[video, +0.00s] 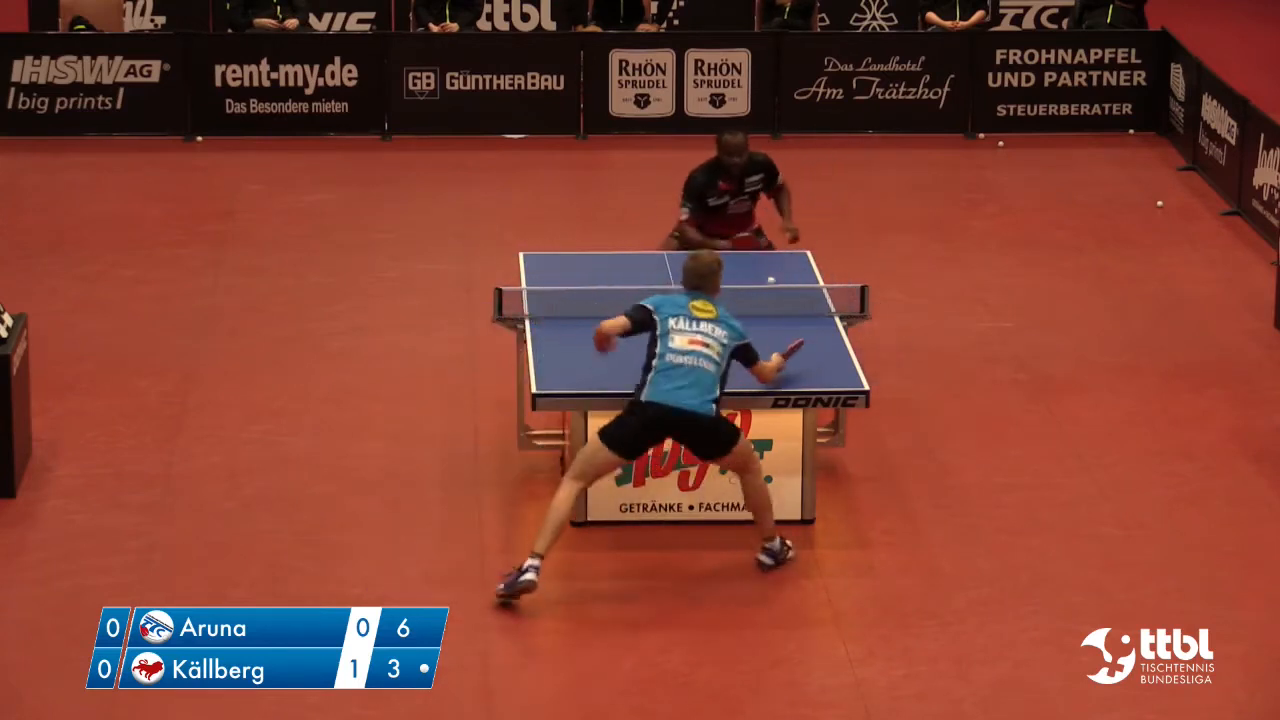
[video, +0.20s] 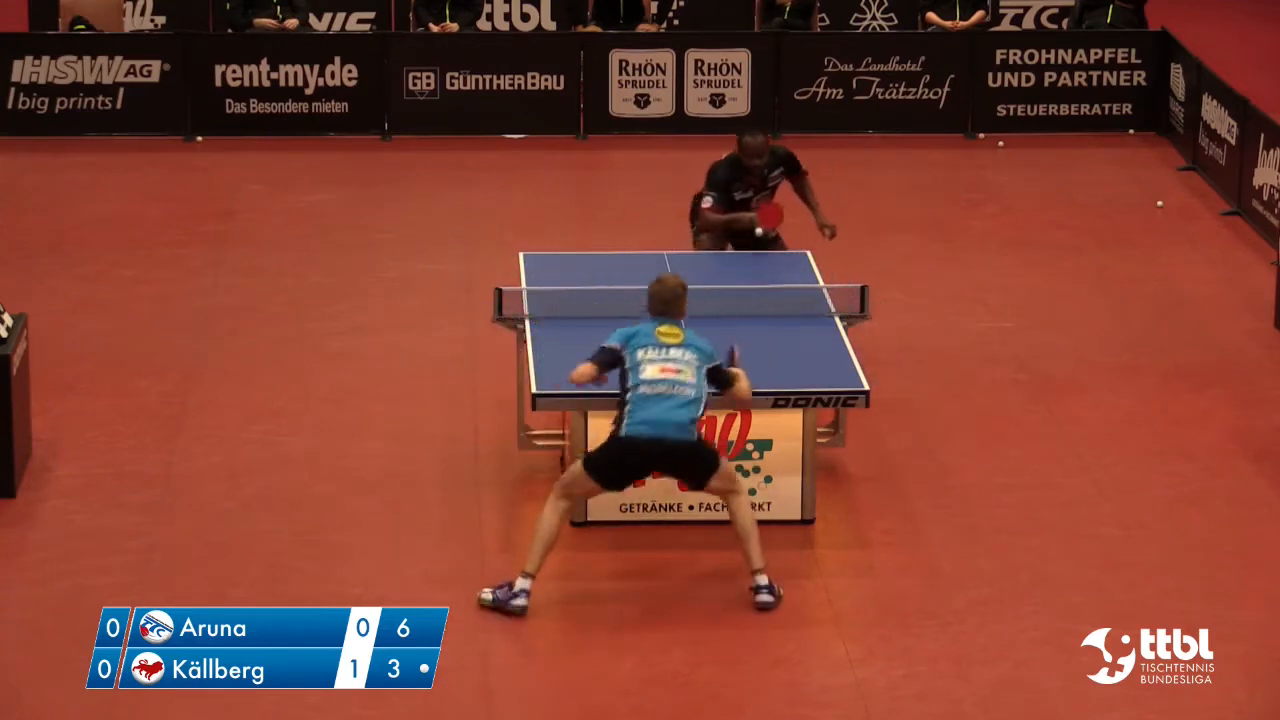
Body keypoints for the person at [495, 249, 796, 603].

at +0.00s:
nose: (720, 282)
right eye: (720, 278)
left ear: (683, 280)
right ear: (718, 286)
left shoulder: (661, 305)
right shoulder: (730, 326)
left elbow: (609, 328)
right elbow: (764, 375)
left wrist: (602, 339)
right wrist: (779, 362)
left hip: (650, 410)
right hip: (699, 417)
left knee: (574, 480)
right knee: (749, 466)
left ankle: (531, 565)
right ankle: (771, 545)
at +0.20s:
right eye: (680, 300)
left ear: (648, 307)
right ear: (684, 308)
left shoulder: (630, 336)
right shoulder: (700, 347)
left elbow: (580, 375)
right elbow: (743, 395)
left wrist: (600, 367)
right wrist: (735, 374)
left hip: (632, 444)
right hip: (683, 447)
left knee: (562, 495)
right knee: (734, 491)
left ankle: (520, 588)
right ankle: (762, 583)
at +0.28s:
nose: (663, 318)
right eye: (667, 313)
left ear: (632, 314)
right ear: (667, 318)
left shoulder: (607, 344)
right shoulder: (680, 359)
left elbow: (549, 375)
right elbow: (727, 400)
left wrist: (574, 366)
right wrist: (719, 376)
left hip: (606, 450)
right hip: (657, 453)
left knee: (538, 493)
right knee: (713, 495)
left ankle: (515, 591)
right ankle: (759, 583)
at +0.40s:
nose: (644, 311)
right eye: (645, 307)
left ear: (610, 309)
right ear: (644, 315)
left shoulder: (581, 335)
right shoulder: (654, 356)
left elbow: (523, 364)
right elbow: (700, 407)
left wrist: (549, 381)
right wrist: (691, 384)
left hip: (562, 434)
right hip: (610, 439)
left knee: (498, 477)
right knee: (686, 493)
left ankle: (490, 577)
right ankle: (716, 591)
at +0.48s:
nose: (626, 312)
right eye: (626, 308)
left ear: (591, 309)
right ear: (626, 313)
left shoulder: (563, 339)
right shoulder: (636, 356)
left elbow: (508, 374)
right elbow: (678, 411)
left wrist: (531, 395)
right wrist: (662, 392)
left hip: (546, 440)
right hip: (596, 447)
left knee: (487, 487)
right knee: (666, 512)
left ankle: (453, 576)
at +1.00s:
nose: (501, 352)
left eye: (502, 348)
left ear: (505, 354)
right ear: (540, 348)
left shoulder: (502, 383)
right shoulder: (573, 389)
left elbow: (457, 419)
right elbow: (590, 389)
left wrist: (479, 371)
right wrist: (568, 354)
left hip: (501, 505)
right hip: (558, 509)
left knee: (431, 507)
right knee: (632, 485)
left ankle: (408, 595)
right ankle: (619, 584)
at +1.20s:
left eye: (510, 320)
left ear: (513, 325)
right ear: (549, 323)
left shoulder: (501, 361)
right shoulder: (575, 363)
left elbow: (464, 420)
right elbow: (630, 399)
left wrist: (457, 388)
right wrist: (638, 368)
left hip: (517, 475)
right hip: (572, 477)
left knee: (444, 492)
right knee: (640, 476)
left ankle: (418, 588)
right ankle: (632, 576)